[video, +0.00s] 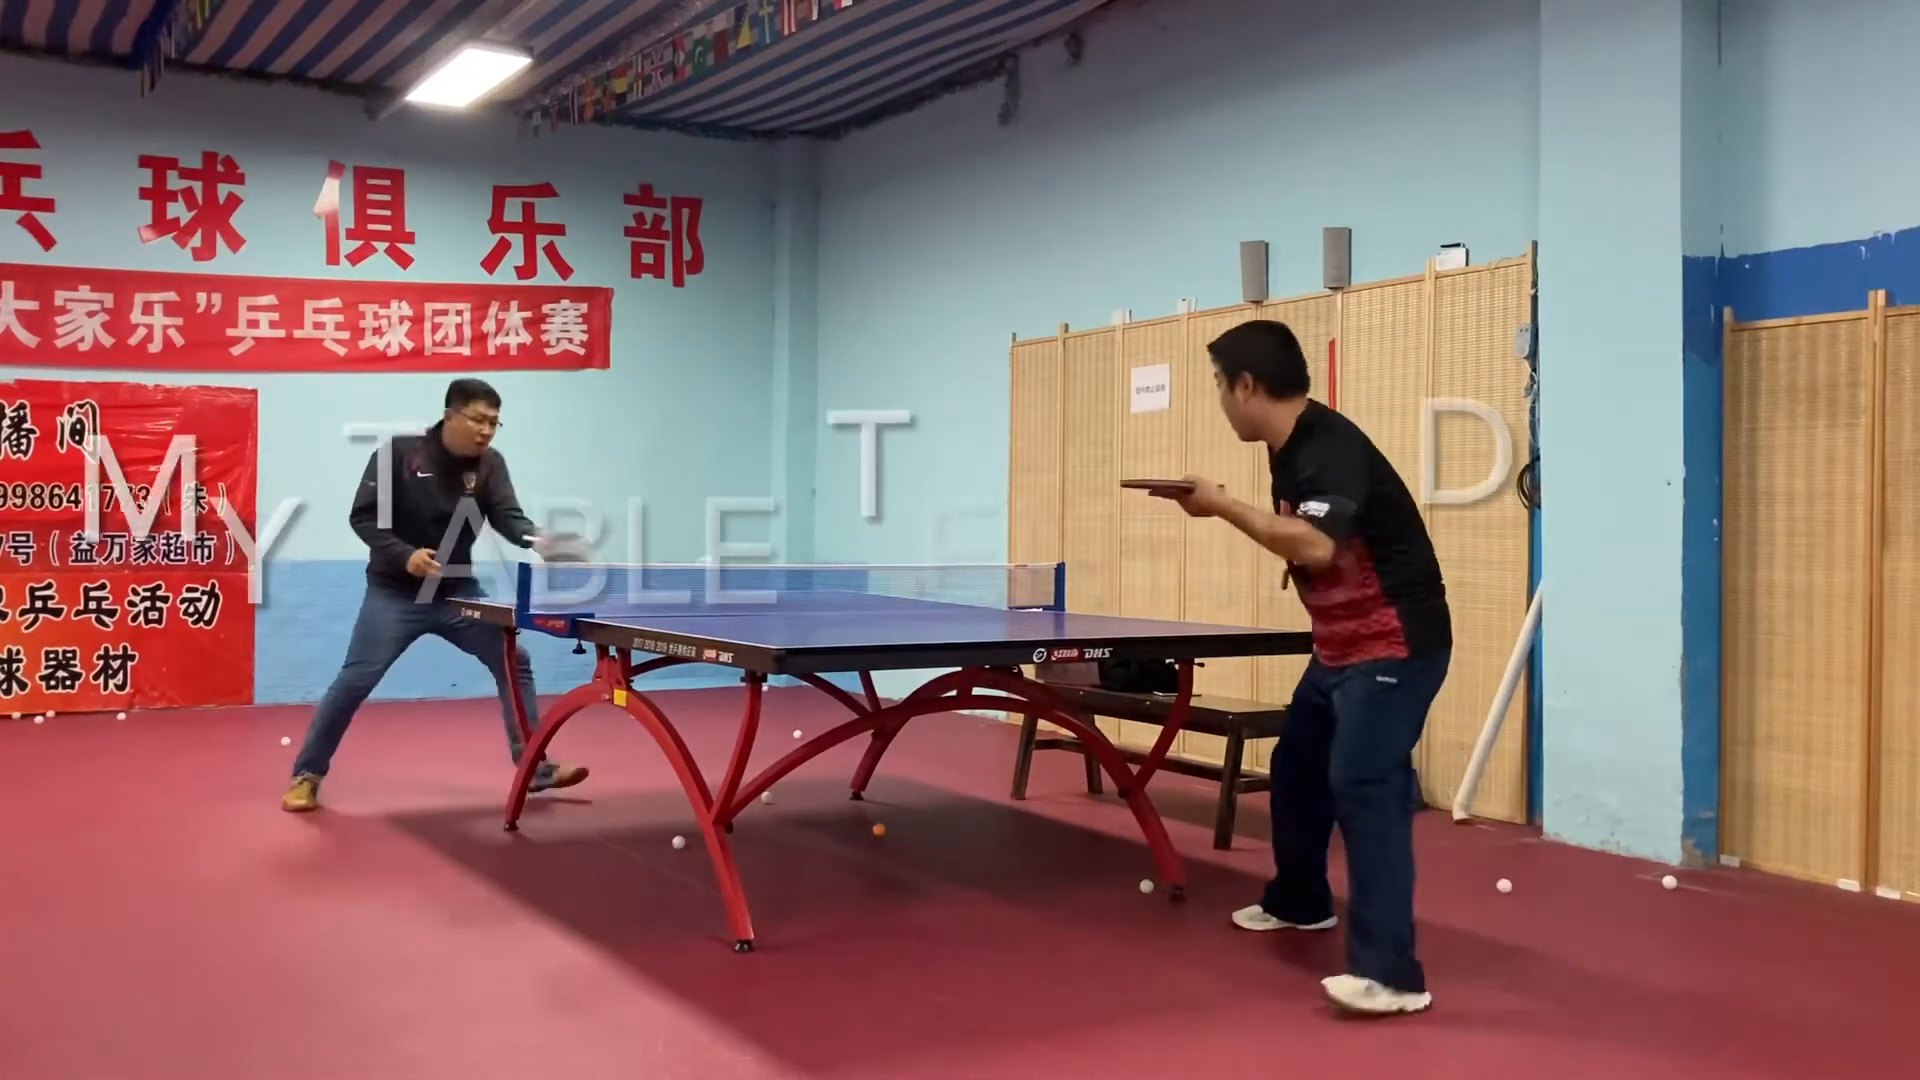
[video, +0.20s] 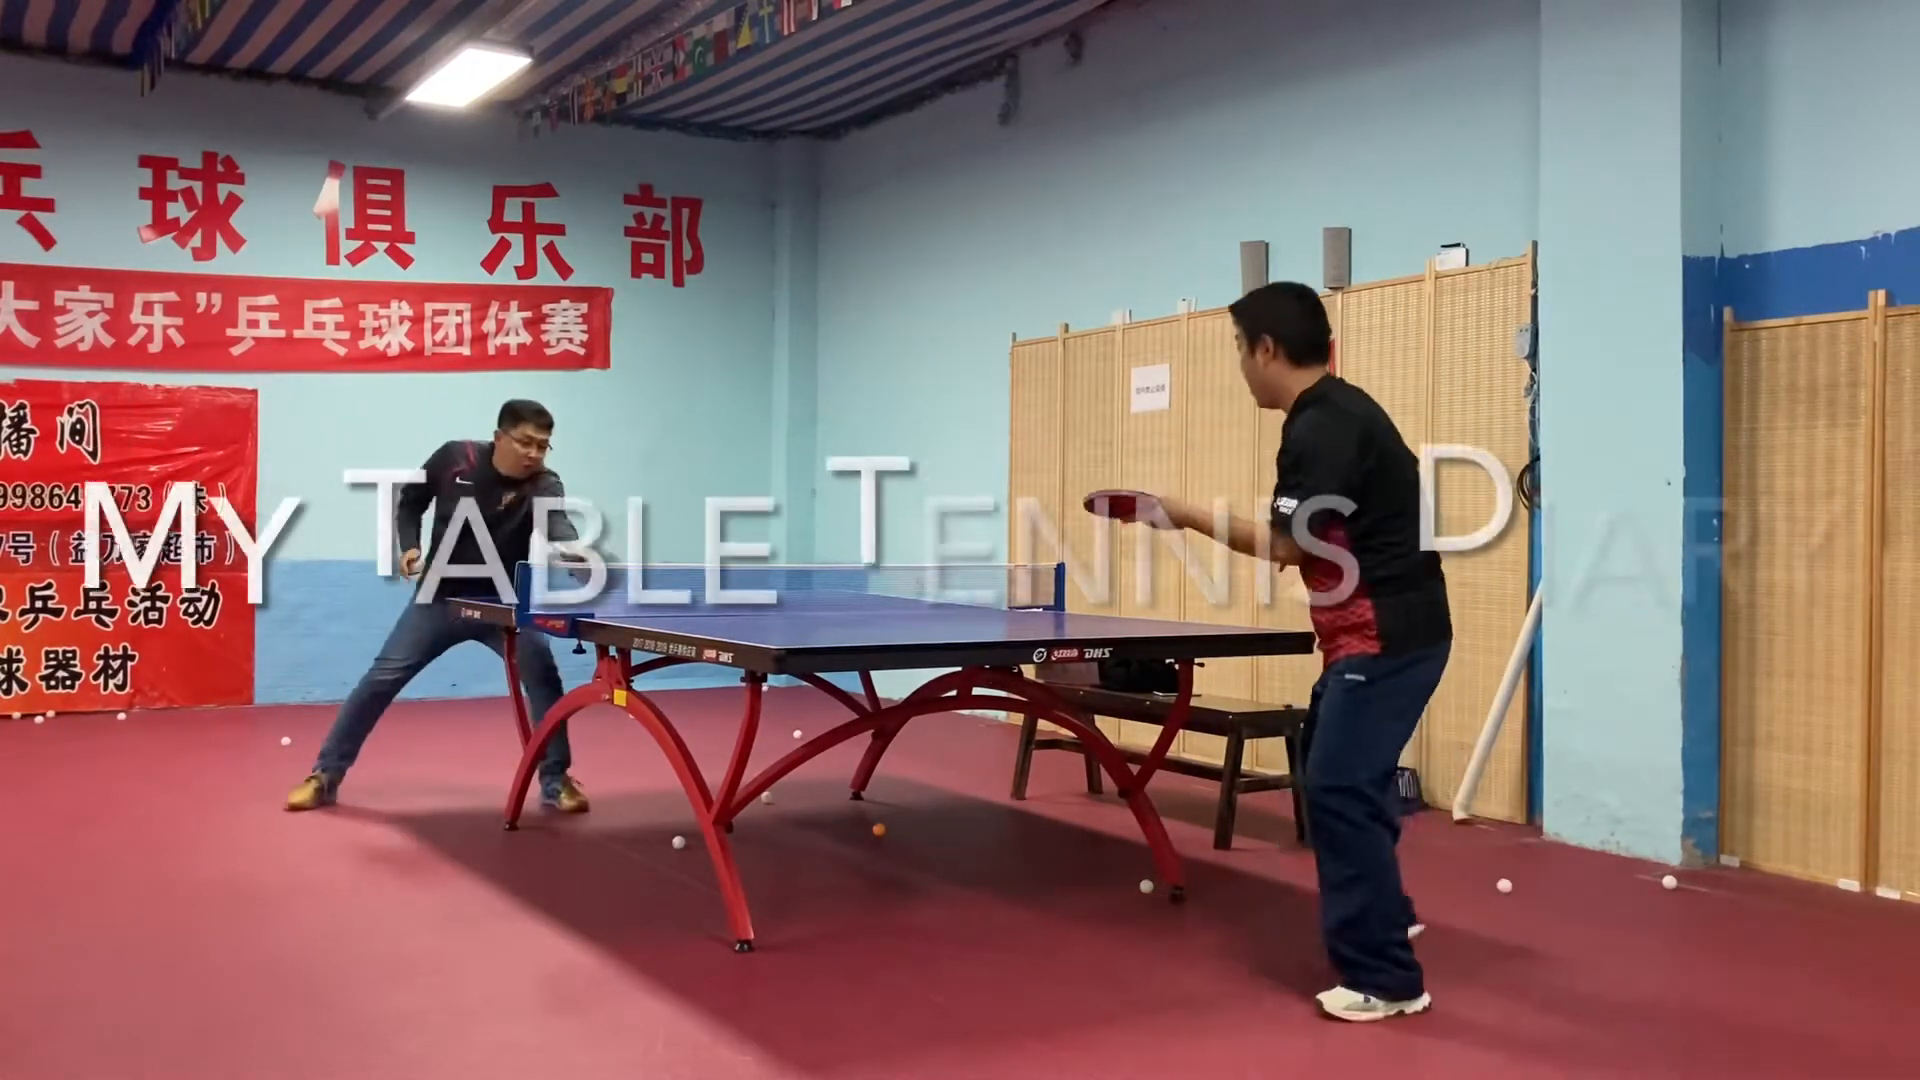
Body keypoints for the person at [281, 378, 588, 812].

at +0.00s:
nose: (487, 430)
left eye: (493, 423)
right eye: (478, 420)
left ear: (496, 425)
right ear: (450, 417)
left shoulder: (489, 464)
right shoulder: (398, 453)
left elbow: (507, 515)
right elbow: (363, 517)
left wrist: (536, 538)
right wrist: (404, 554)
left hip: (457, 594)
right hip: (394, 595)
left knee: (513, 659)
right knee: (358, 676)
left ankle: (534, 766)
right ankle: (307, 775)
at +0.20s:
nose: (534, 454)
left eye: (542, 446)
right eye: (526, 443)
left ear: (549, 446)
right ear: (500, 437)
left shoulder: (546, 486)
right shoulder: (456, 459)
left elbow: (561, 541)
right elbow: (410, 501)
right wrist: (409, 546)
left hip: (505, 609)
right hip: (441, 601)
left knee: (541, 667)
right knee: (381, 679)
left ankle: (556, 780)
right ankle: (325, 776)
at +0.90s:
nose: (532, 428)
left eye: (540, 420)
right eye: (522, 418)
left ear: (548, 425)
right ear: (501, 418)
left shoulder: (557, 471)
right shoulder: (461, 461)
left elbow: (590, 534)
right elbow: (425, 515)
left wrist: (599, 507)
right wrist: (419, 557)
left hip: (533, 601)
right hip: (468, 599)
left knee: (580, 671)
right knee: (422, 679)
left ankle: (603, 754)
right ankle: (400, 766)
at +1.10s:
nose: (577, 430)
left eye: (586, 423)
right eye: (568, 420)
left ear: (595, 427)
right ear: (549, 419)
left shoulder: (595, 475)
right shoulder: (507, 461)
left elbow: (611, 527)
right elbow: (463, 517)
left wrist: (633, 547)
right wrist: (479, 576)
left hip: (560, 590)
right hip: (500, 587)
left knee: (608, 657)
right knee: (460, 667)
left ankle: (613, 753)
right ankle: (414, 761)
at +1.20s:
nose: (580, 438)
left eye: (590, 431)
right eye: (572, 428)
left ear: (600, 435)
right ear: (555, 426)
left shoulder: (603, 483)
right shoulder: (517, 467)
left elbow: (618, 541)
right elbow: (477, 527)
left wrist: (615, 557)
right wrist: (500, 577)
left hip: (569, 596)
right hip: (507, 591)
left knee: (611, 660)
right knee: (467, 665)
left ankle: (613, 755)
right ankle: (420, 762)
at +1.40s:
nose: (538, 443)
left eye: (548, 435)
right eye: (530, 433)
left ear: (562, 436)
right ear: (516, 430)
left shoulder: (574, 474)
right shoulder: (488, 465)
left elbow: (573, 535)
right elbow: (457, 517)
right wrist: (466, 541)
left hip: (550, 595)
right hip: (491, 593)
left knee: (602, 666)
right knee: (451, 670)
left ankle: (611, 755)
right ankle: (413, 766)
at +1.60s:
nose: (476, 447)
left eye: (485, 438)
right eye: (467, 438)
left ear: (500, 437)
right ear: (453, 435)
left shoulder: (517, 471)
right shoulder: (434, 470)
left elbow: (514, 529)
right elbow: (417, 535)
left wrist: (468, 562)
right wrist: (391, 589)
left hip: (516, 587)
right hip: (459, 590)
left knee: (567, 664)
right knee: (432, 666)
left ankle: (608, 754)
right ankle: (409, 766)